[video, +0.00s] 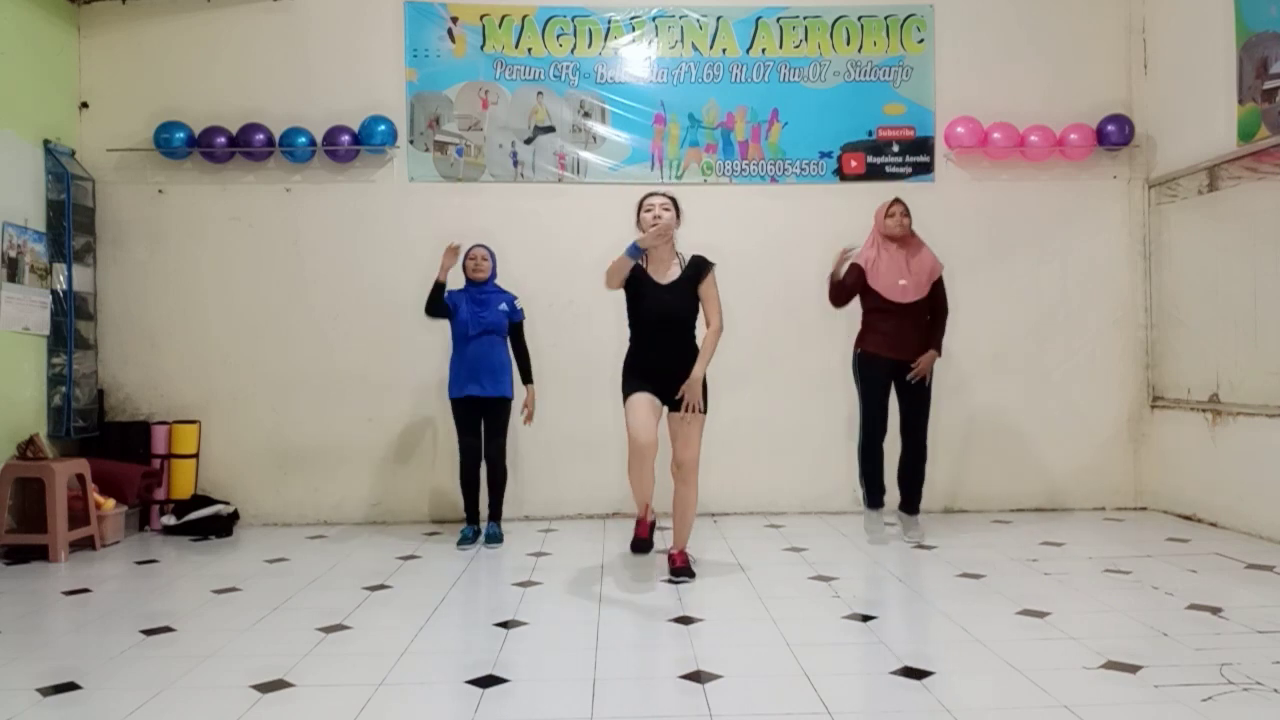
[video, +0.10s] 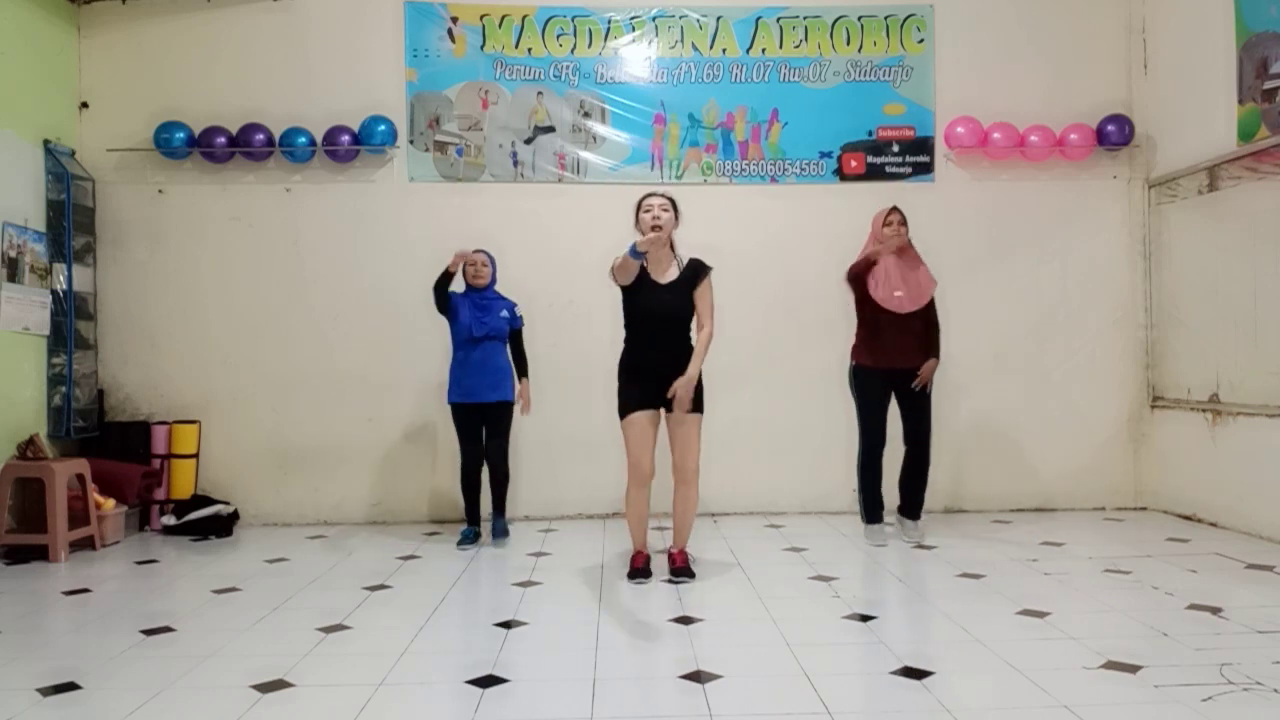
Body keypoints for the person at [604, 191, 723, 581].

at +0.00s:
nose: (657, 215)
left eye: (665, 209)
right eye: (649, 211)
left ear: (677, 221)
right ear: (639, 223)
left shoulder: (697, 267)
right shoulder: (632, 264)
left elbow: (714, 326)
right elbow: (612, 280)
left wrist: (697, 376)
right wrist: (635, 247)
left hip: (685, 370)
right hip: (641, 368)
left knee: (685, 464)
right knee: (641, 441)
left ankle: (679, 550)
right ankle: (644, 516)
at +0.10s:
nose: (656, 216)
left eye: (663, 210)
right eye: (648, 211)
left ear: (675, 221)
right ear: (637, 222)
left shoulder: (694, 270)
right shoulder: (627, 266)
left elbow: (705, 327)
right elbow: (622, 274)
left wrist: (691, 376)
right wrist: (637, 250)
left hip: (681, 372)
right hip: (637, 373)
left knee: (686, 470)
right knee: (640, 471)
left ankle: (679, 551)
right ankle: (639, 552)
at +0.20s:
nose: (656, 214)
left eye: (663, 208)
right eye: (648, 209)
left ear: (675, 221)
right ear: (636, 222)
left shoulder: (693, 270)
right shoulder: (627, 264)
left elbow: (702, 327)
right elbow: (621, 273)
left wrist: (686, 363)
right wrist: (639, 251)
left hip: (678, 366)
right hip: (633, 368)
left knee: (692, 460)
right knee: (637, 464)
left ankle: (681, 541)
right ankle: (639, 551)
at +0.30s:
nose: (656, 215)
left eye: (664, 209)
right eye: (648, 210)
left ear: (676, 222)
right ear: (636, 223)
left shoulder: (692, 271)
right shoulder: (626, 266)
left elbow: (698, 330)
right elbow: (621, 275)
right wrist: (640, 257)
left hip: (677, 368)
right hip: (633, 369)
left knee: (687, 449)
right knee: (636, 464)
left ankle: (679, 527)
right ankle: (640, 551)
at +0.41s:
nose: (655, 218)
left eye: (663, 212)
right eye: (647, 212)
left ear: (675, 222)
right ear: (636, 223)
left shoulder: (691, 270)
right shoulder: (626, 267)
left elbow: (704, 321)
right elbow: (620, 278)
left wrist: (690, 273)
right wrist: (637, 262)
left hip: (680, 371)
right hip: (635, 371)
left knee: (682, 466)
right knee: (638, 467)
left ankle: (680, 548)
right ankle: (640, 552)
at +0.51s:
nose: (656, 217)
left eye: (664, 211)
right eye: (648, 213)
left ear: (676, 222)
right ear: (639, 225)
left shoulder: (690, 265)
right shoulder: (631, 263)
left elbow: (718, 290)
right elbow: (618, 280)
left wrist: (685, 249)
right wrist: (639, 260)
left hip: (683, 368)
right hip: (639, 368)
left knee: (681, 462)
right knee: (632, 457)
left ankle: (677, 550)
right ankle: (641, 544)